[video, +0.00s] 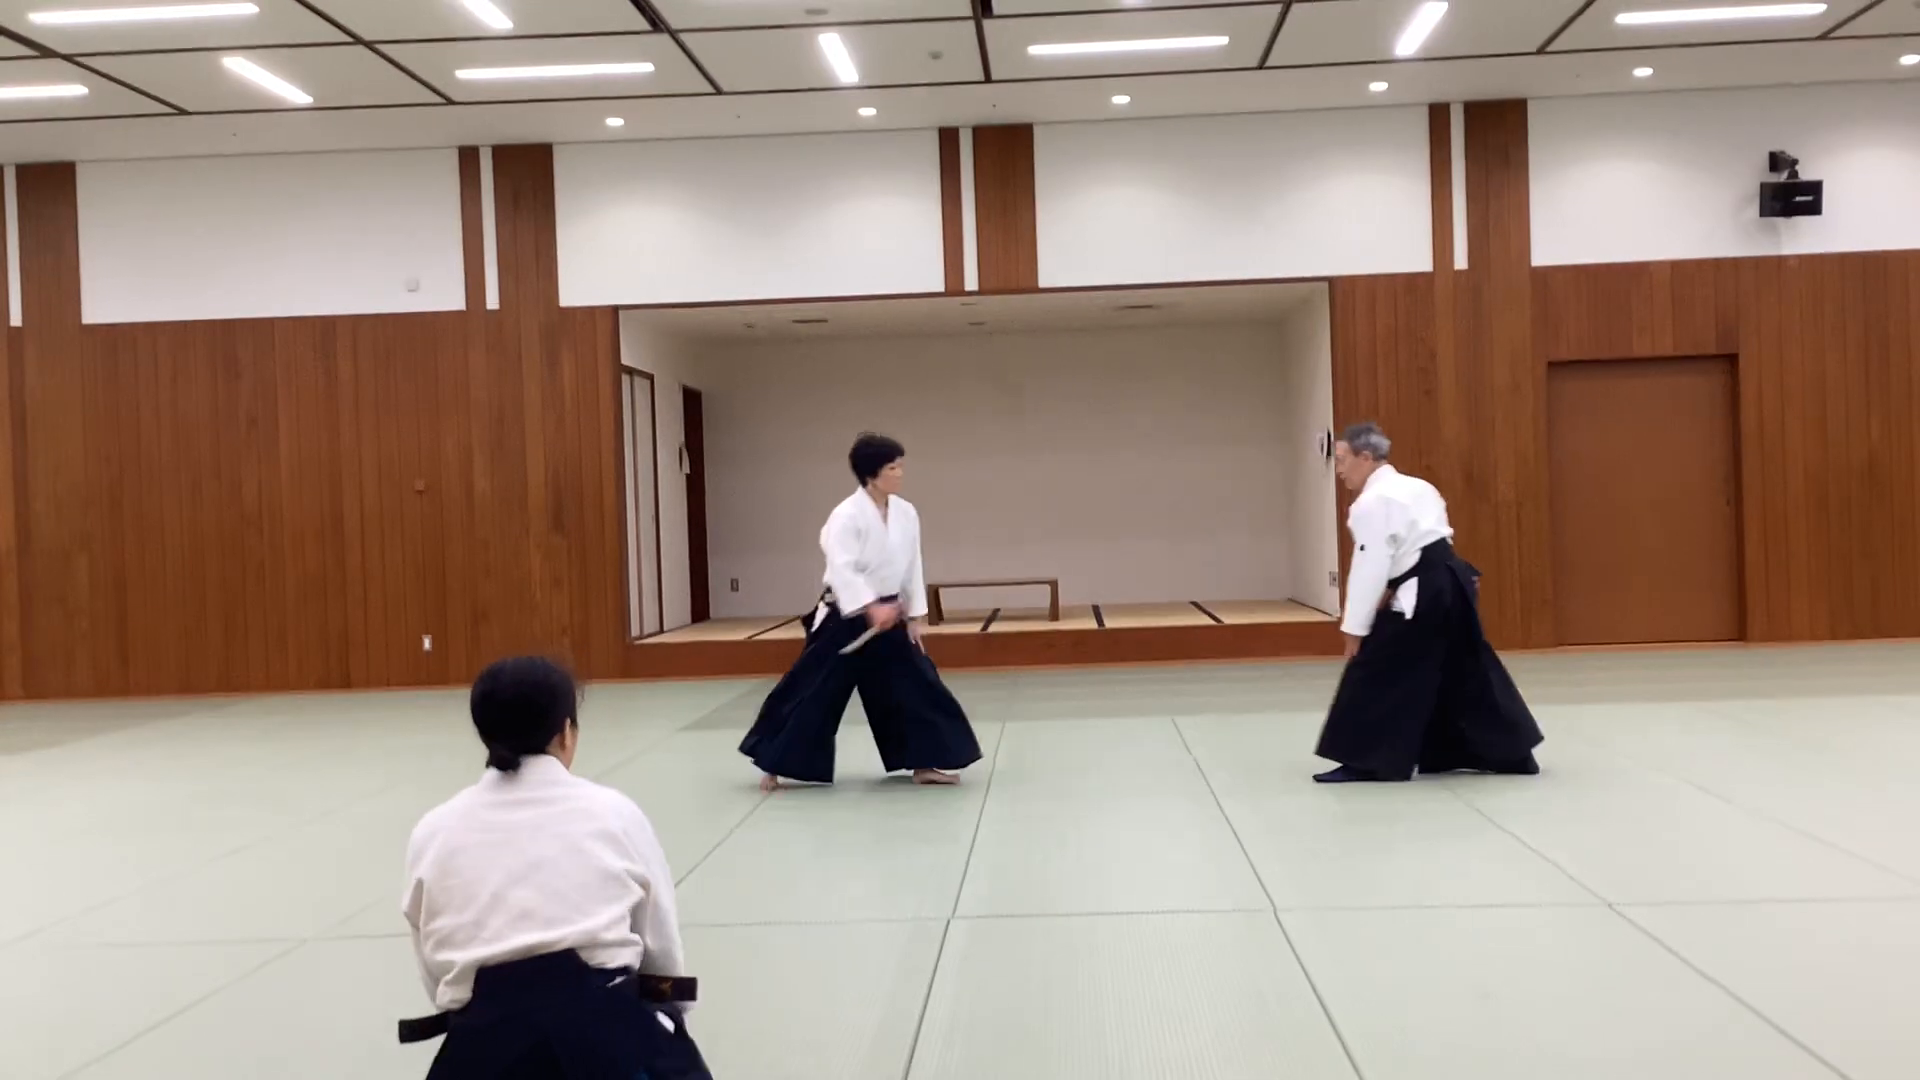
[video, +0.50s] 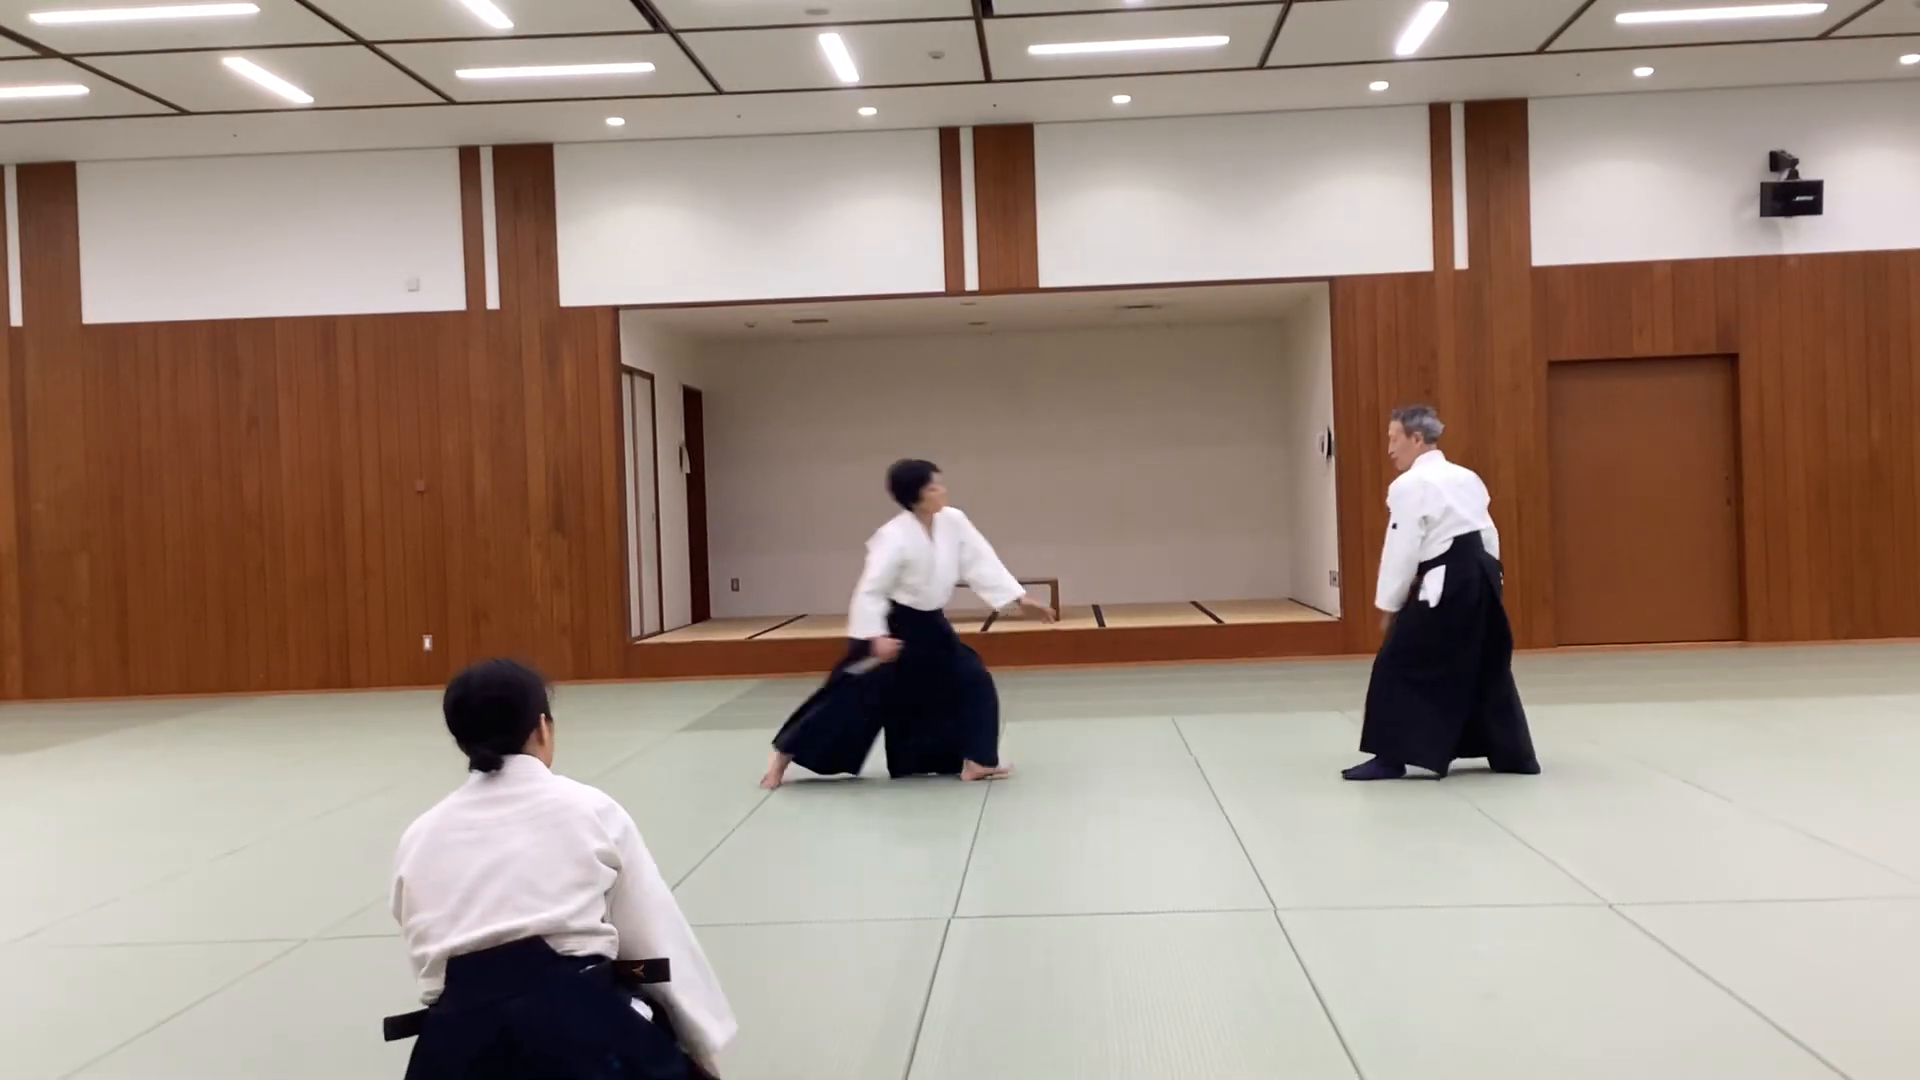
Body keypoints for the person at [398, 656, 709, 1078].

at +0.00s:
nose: (575, 736)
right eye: (575, 726)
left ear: (487, 735)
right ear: (566, 735)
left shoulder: (435, 830)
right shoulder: (614, 811)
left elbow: (436, 977)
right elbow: (661, 950)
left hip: (486, 1041)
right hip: (607, 1030)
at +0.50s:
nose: (553, 732)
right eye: (551, 721)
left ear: (464, 739)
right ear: (541, 729)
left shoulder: (420, 837)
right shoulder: (591, 810)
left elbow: (425, 961)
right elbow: (655, 943)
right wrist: (699, 1046)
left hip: (461, 1036)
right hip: (584, 1024)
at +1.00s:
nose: (583, 721)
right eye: (581, 709)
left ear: (493, 730)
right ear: (573, 718)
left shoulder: (451, 827)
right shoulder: (632, 807)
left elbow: (455, 973)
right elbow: (669, 955)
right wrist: (670, 1041)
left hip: (496, 1040)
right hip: (620, 1033)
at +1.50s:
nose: (616, 719)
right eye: (615, 708)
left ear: (524, 727)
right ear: (607, 716)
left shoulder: (476, 812)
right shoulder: (661, 810)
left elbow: (472, 950)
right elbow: (680, 959)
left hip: (507, 1038)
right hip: (631, 1035)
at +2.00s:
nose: (618, 720)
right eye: (618, 710)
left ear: (528, 732)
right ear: (612, 718)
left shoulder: (480, 814)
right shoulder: (664, 816)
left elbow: (473, 949)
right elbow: (682, 964)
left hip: (509, 1040)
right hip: (631, 1038)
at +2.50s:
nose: (618, 719)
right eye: (618, 708)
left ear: (528, 732)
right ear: (612, 717)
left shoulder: (479, 815)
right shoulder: (664, 816)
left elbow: (473, 950)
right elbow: (682, 964)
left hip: (509, 1039)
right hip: (631, 1038)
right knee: (702, 1054)